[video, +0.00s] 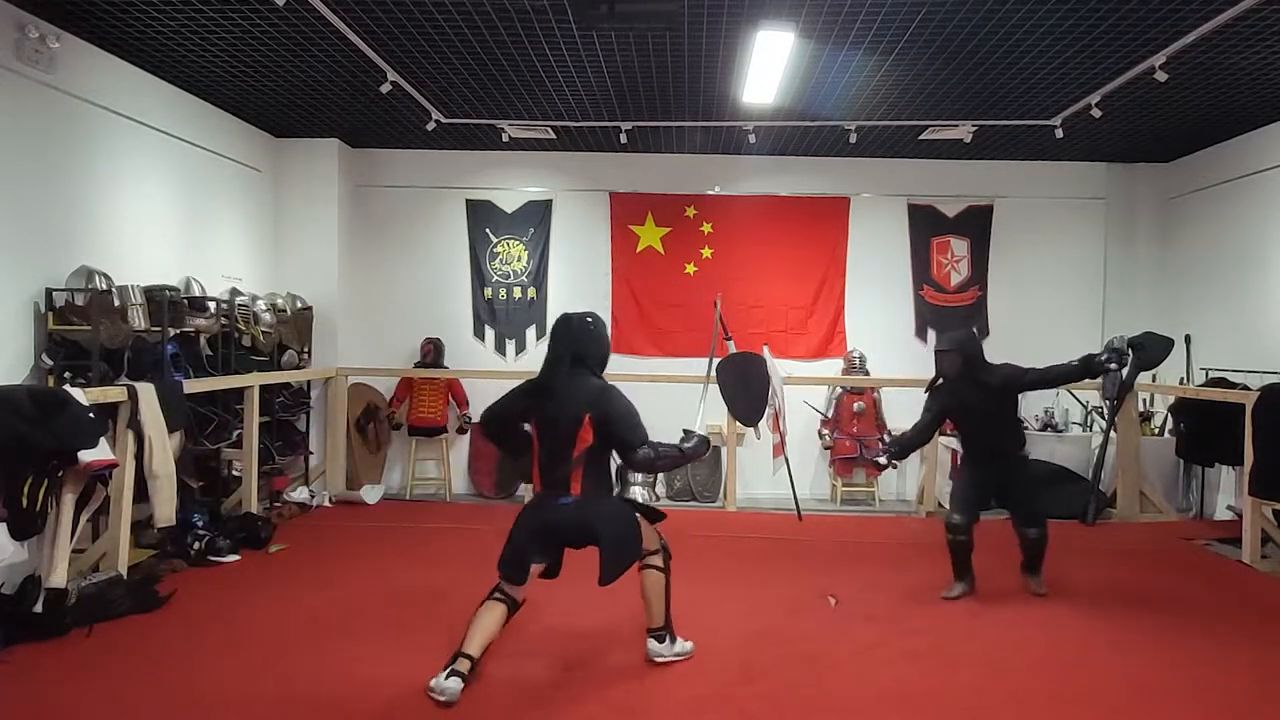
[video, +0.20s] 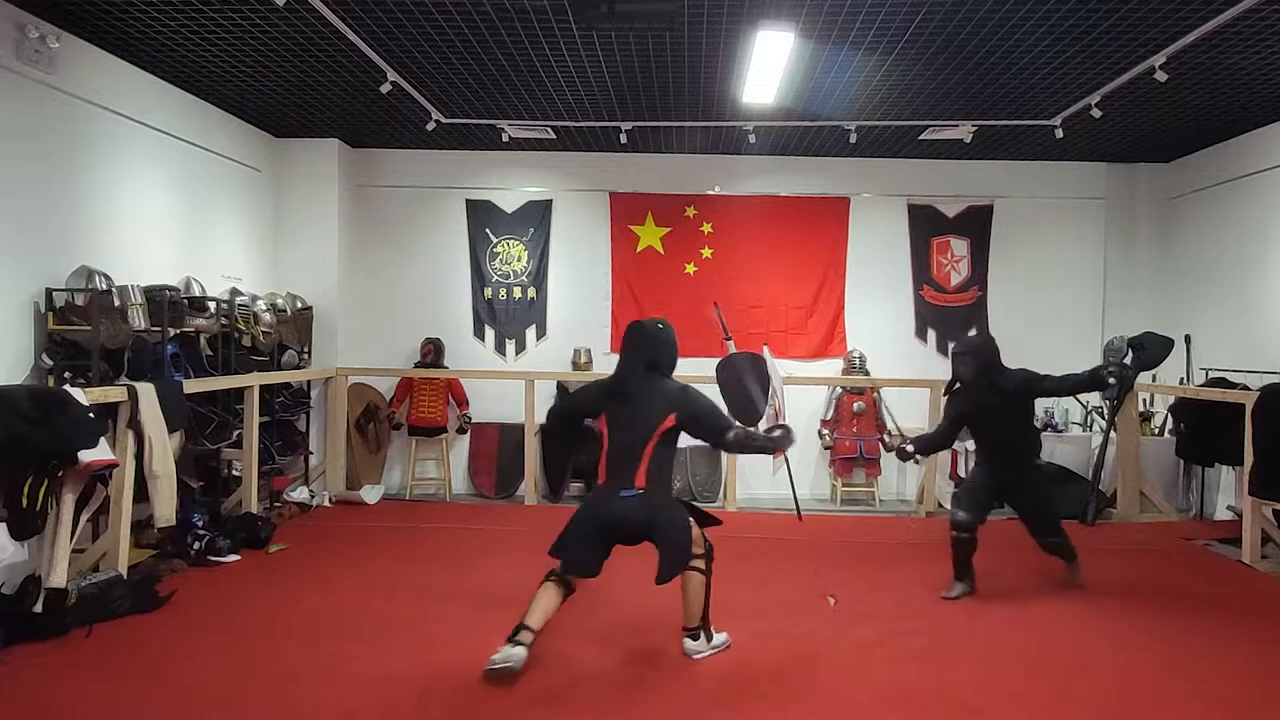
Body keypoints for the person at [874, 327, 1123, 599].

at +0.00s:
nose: (942, 362)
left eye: (948, 355)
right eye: (940, 355)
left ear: (967, 354)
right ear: (938, 357)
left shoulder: (1002, 377)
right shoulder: (944, 393)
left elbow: (1048, 375)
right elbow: (924, 428)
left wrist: (1091, 364)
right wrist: (895, 450)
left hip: (1012, 462)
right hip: (973, 465)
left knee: (1033, 529)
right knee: (957, 523)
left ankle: (1032, 573)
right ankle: (963, 580)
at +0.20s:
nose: (957, 366)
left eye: (963, 359)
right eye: (955, 360)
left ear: (982, 360)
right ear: (959, 363)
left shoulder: (1017, 382)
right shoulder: (961, 397)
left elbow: (1060, 384)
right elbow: (944, 436)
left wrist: (1099, 375)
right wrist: (913, 446)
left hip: (1023, 470)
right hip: (986, 470)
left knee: (1049, 539)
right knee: (962, 519)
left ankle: (1072, 561)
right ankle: (963, 580)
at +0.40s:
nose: (991, 364)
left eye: (996, 357)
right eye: (989, 358)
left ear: (1014, 356)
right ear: (990, 359)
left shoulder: (1049, 379)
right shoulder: (996, 391)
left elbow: (1087, 383)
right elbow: (979, 422)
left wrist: (1121, 380)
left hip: (1053, 465)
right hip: (1016, 465)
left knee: (1066, 529)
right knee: (990, 518)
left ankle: (1081, 570)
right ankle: (969, 576)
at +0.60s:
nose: (1015, 352)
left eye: (1021, 345)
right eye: (1013, 346)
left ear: (1038, 345)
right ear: (1011, 348)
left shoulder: (1070, 370)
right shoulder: (1011, 383)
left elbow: (1108, 379)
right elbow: (997, 420)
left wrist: (1142, 380)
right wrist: (973, 415)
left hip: (1067, 457)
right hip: (1030, 456)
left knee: (1071, 524)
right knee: (1008, 512)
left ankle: (1083, 569)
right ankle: (1006, 572)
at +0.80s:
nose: (1050, 369)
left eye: (1055, 361)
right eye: (1043, 363)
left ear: (1068, 357)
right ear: (1034, 361)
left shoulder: (1089, 376)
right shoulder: (1027, 383)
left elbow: (1140, 383)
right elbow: (990, 392)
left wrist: (1126, 380)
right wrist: (954, 391)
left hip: (1088, 472)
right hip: (1047, 470)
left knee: (1109, 535)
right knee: (1019, 505)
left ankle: (1128, 559)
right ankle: (1009, 572)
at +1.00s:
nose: (1083, 377)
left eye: (1087, 369)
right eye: (1077, 370)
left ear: (1102, 366)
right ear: (1069, 369)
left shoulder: (1126, 389)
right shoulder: (1062, 398)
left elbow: (1169, 408)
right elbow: (1029, 423)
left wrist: (1172, 399)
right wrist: (992, 438)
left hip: (1120, 476)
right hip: (1081, 476)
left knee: (1137, 528)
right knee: (1055, 523)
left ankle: (1156, 568)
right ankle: (1020, 572)